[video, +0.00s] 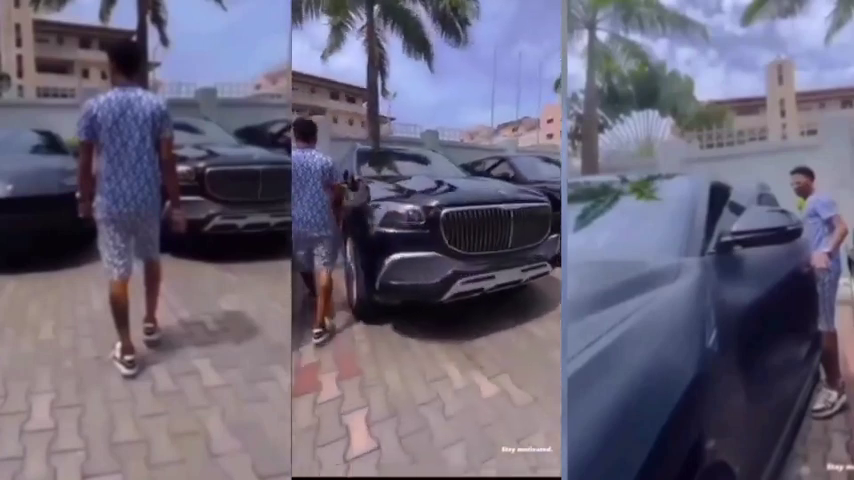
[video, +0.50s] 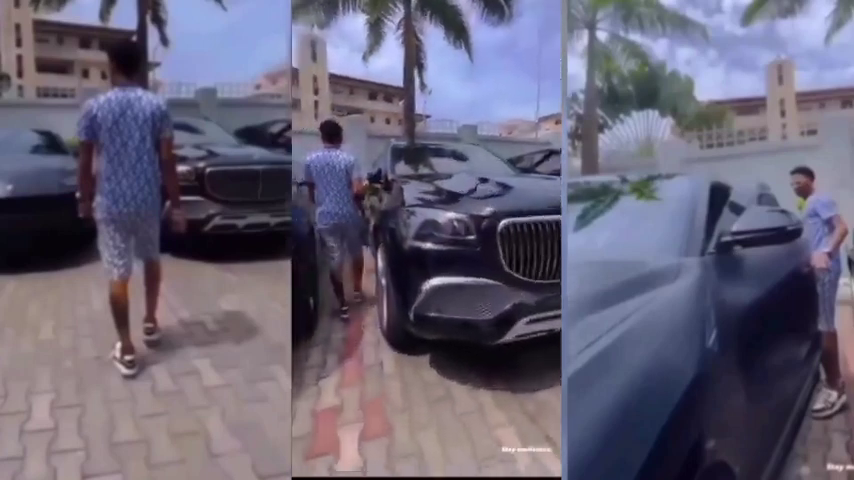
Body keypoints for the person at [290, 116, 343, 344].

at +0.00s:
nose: (297, 140)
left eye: (295, 136)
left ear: (294, 137)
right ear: (315, 136)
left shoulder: (289, 160)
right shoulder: (325, 162)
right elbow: (335, 190)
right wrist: (336, 213)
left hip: (297, 223)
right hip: (323, 222)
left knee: (305, 270)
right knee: (324, 271)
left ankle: (322, 306)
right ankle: (319, 325)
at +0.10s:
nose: (298, 140)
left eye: (295, 135)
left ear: (294, 136)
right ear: (315, 136)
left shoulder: (288, 160)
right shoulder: (324, 161)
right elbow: (335, 189)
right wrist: (336, 208)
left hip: (297, 221)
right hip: (322, 220)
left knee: (305, 263)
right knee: (327, 266)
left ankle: (316, 295)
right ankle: (323, 319)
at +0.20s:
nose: (307, 137)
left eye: (300, 134)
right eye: (312, 132)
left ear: (297, 134)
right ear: (317, 133)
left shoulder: (291, 158)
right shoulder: (326, 157)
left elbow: (286, 187)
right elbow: (338, 185)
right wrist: (334, 199)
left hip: (300, 215)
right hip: (326, 213)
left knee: (311, 260)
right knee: (337, 256)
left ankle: (322, 299)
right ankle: (330, 303)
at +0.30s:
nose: (314, 138)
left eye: (308, 134)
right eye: (321, 133)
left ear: (304, 135)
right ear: (323, 134)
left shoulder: (295, 158)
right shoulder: (332, 157)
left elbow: (292, 187)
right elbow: (344, 186)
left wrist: (297, 205)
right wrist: (343, 205)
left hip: (307, 213)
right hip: (332, 212)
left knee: (317, 259)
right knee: (343, 254)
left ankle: (327, 299)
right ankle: (339, 294)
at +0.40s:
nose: (323, 138)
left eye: (317, 134)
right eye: (328, 134)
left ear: (311, 135)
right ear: (331, 135)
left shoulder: (300, 158)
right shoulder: (340, 158)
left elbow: (300, 190)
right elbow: (351, 187)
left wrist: (306, 204)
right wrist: (349, 203)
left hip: (315, 213)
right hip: (340, 213)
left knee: (325, 260)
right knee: (351, 251)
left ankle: (334, 303)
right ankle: (349, 290)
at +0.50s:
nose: (333, 140)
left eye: (326, 136)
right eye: (337, 136)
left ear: (321, 137)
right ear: (341, 137)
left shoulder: (311, 160)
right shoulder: (349, 159)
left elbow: (310, 192)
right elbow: (358, 188)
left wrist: (315, 204)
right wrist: (359, 202)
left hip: (325, 214)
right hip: (348, 213)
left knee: (333, 259)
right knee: (356, 252)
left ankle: (342, 304)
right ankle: (357, 289)